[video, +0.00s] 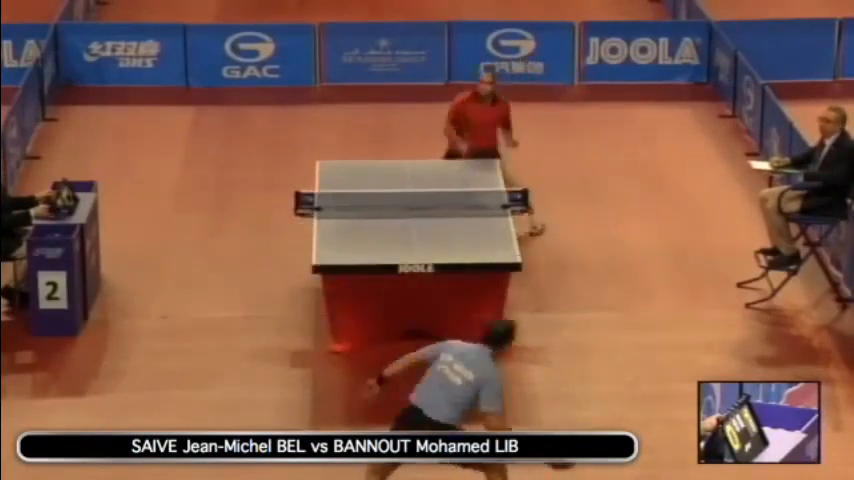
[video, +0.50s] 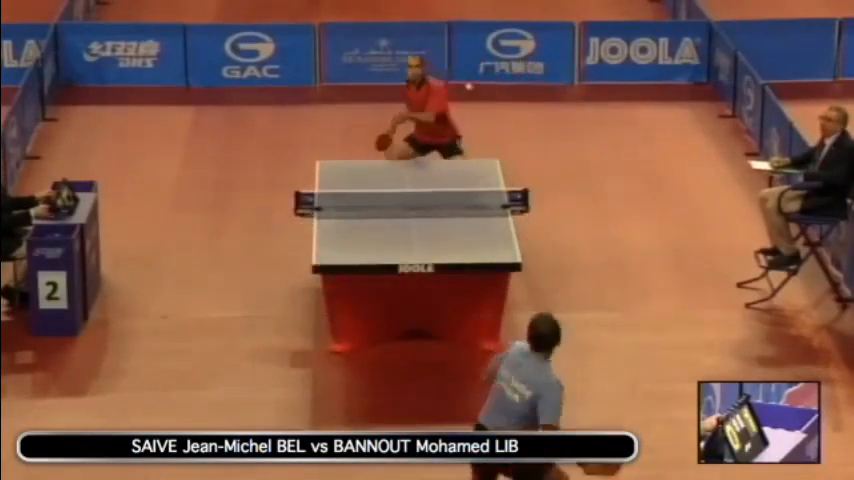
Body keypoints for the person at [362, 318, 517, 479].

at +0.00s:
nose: (511, 350)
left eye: (510, 344)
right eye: (511, 345)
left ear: (486, 335)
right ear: (505, 347)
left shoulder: (453, 346)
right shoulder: (490, 373)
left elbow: (412, 358)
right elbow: (493, 422)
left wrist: (381, 378)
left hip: (411, 417)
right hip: (442, 430)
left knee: (379, 469)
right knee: (495, 467)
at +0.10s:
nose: (537, 359)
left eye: (538, 353)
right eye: (536, 353)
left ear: (513, 345)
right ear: (524, 352)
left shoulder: (480, 349)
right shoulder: (510, 381)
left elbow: (438, 353)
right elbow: (518, 426)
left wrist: (414, 365)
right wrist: (550, 430)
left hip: (426, 420)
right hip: (454, 435)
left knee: (397, 471)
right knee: (510, 472)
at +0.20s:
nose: (555, 369)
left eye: (557, 363)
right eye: (553, 362)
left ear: (535, 352)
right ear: (538, 356)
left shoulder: (505, 352)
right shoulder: (530, 385)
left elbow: (464, 355)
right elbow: (551, 426)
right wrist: (585, 411)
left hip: (442, 420)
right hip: (466, 437)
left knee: (427, 474)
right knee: (519, 476)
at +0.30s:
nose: (560, 351)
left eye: (560, 346)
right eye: (559, 347)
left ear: (532, 340)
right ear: (553, 352)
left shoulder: (513, 348)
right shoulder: (536, 383)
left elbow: (485, 355)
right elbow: (552, 425)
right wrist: (586, 411)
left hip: (452, 420)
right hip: (477, 438)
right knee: (520, 475)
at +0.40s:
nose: (556, 340)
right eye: (555, 337)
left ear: (527, 334)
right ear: (552, 345)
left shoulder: (511, 346)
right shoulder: (537, 376)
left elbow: (489, 357)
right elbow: (545, 427)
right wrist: (582, 425)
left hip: (462, 423)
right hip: (489, 439)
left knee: (481, 475)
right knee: (540, 476)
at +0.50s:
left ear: (529, 335)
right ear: (556, 343)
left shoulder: (515, 349)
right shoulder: (550, 384)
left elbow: (488, 375)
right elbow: (549, 434)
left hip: (484, 433)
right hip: (517, 443)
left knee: (482, 475)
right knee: (559, 476)